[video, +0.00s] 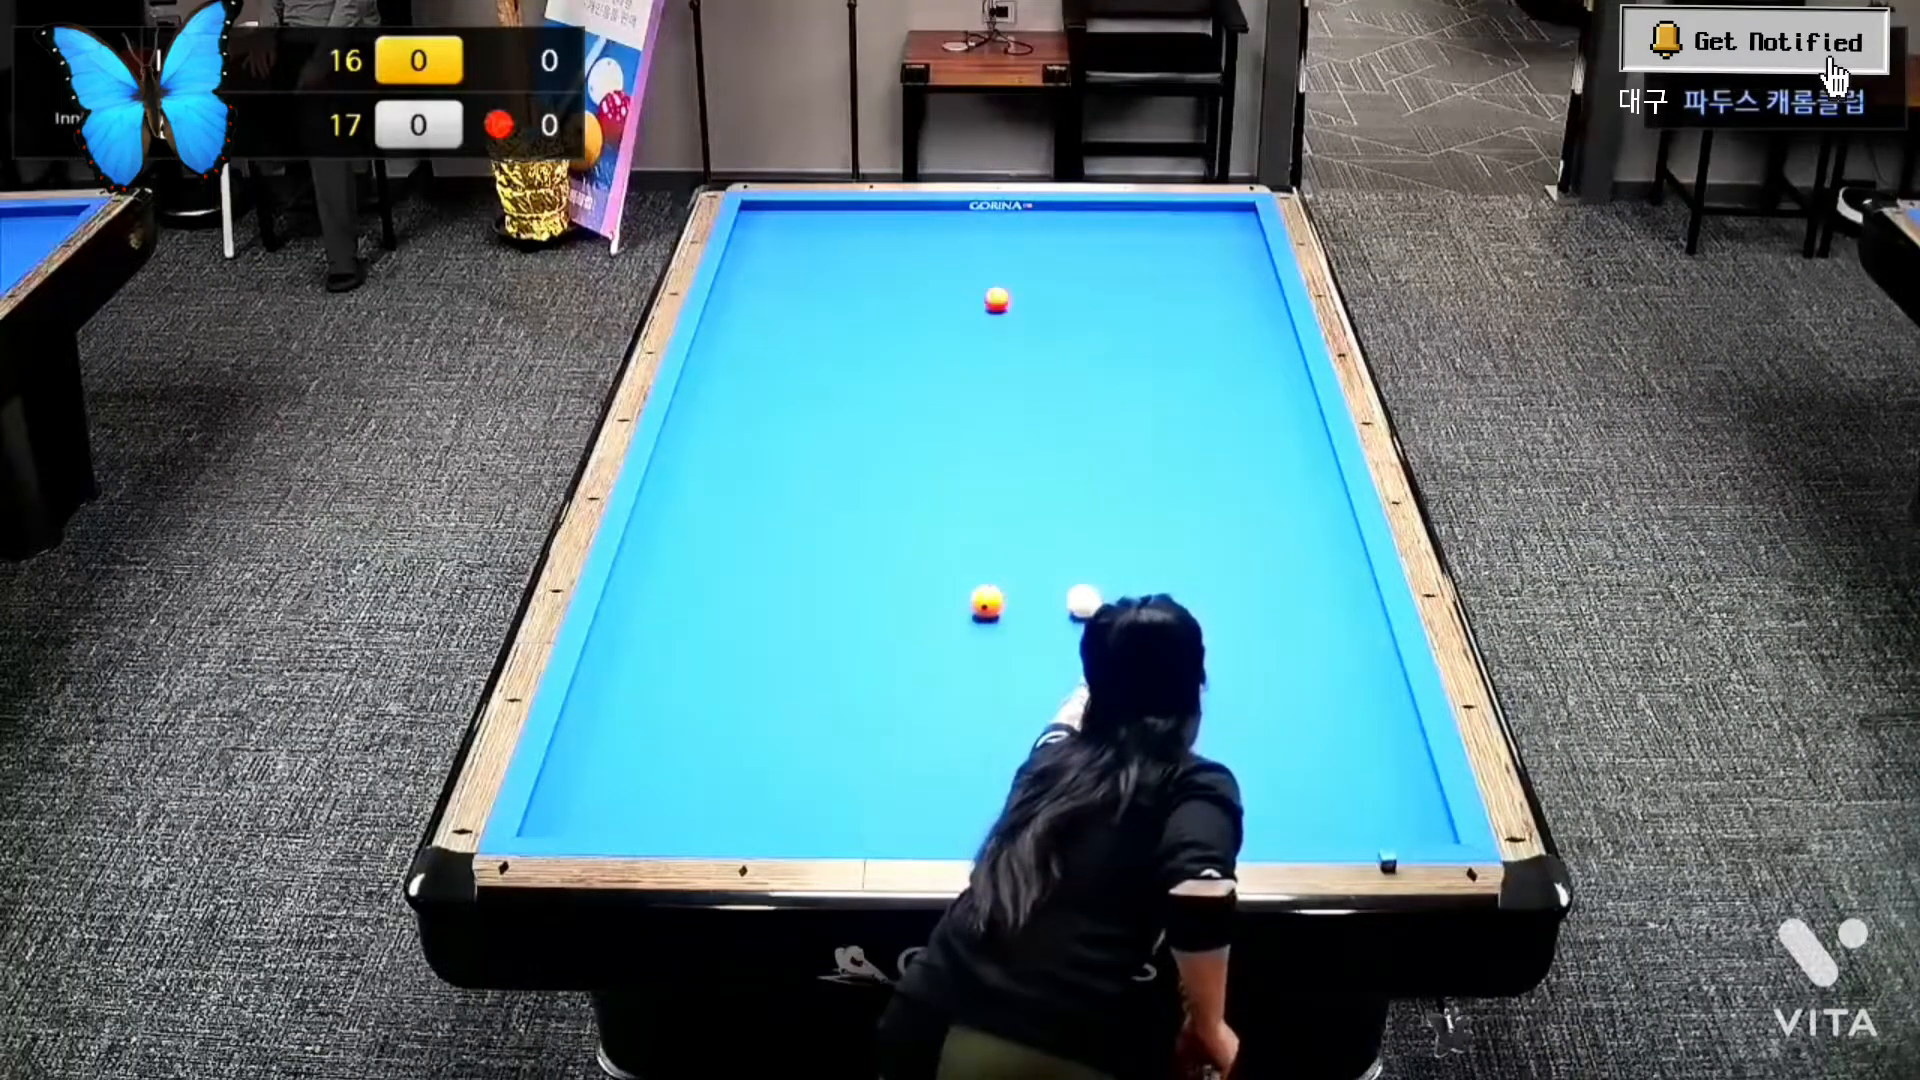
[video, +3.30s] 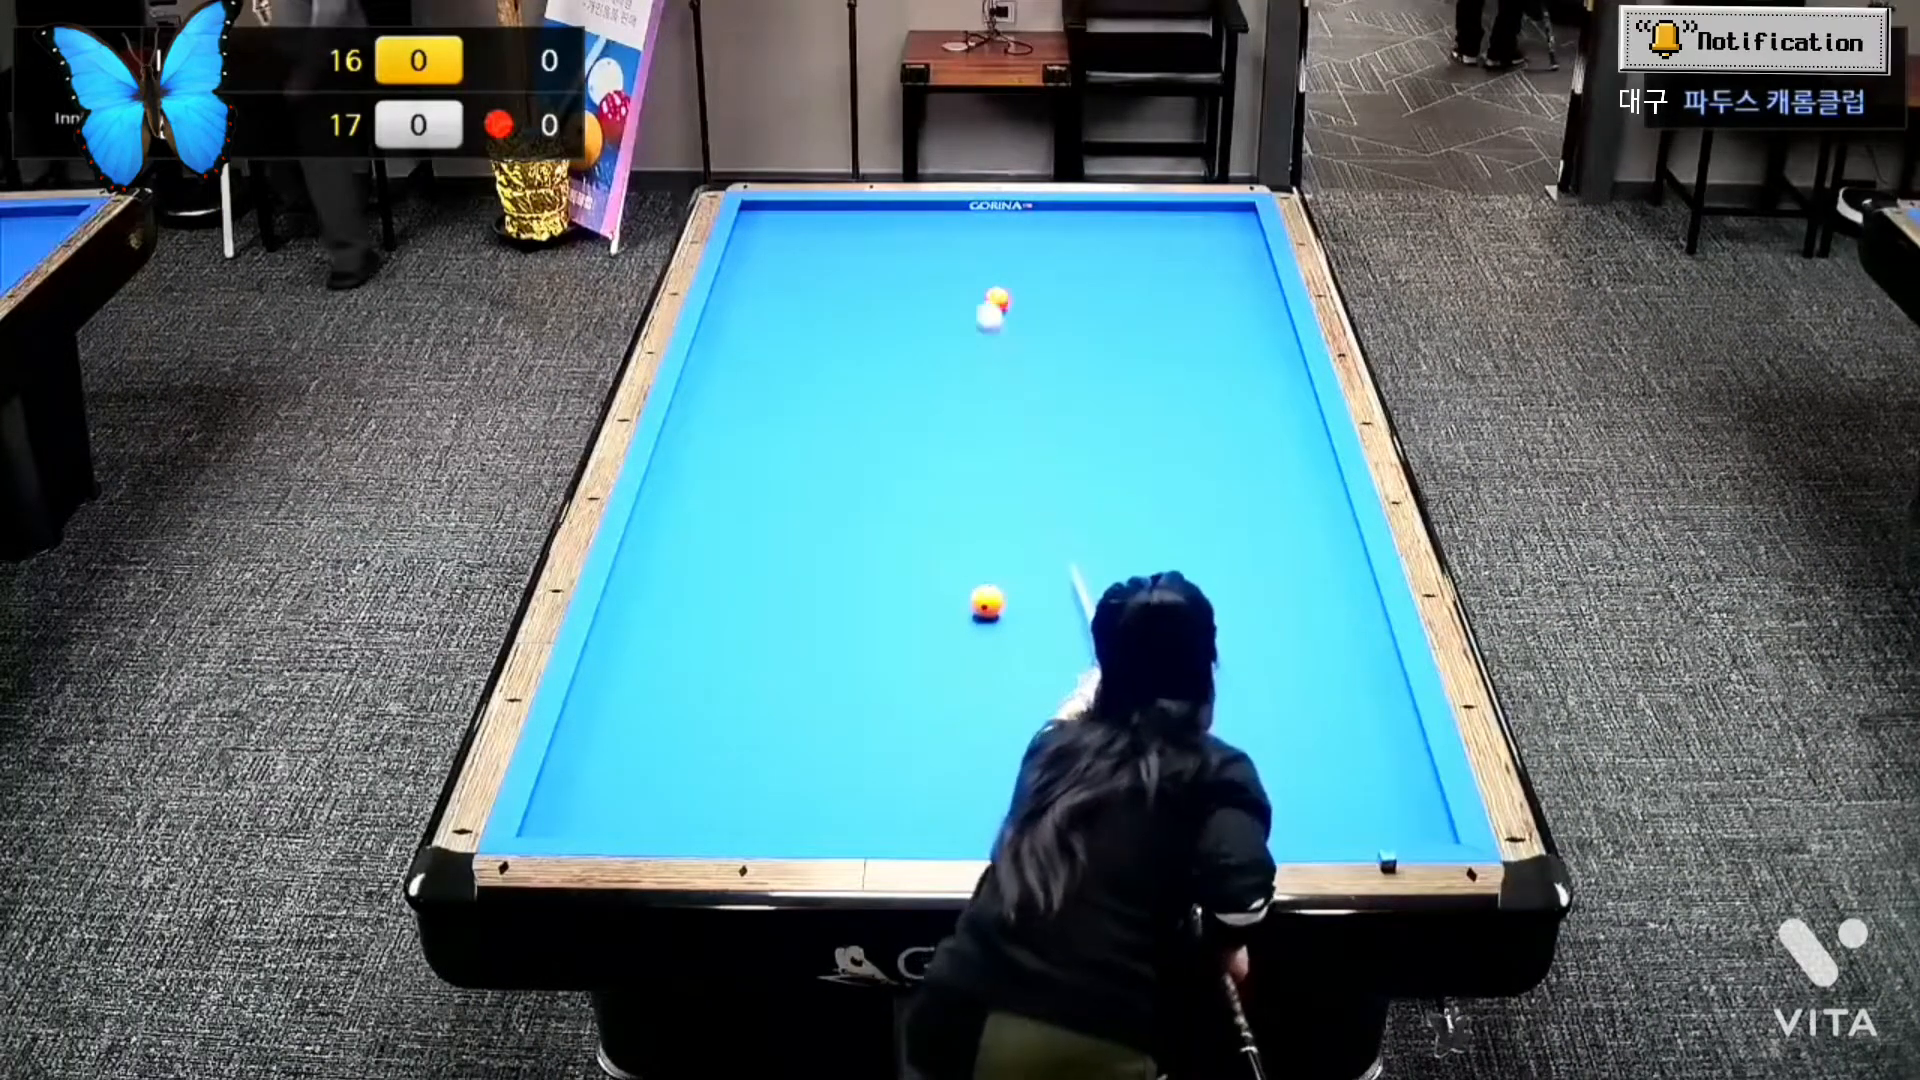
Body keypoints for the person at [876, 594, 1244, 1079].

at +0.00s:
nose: (1205, 680)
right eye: (1201, 671)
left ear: (1096, 684)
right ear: (1194, 684)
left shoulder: (1052, 757)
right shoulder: (1198, 781)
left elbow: (1071, 715)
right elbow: (1199, 894)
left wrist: (1097, 674)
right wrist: (1208, 1023)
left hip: (956, 1030)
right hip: (1078, 1049)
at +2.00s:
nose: (1209, 683)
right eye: (1204, 673)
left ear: (1099, 688)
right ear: (1195, 686)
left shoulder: (1053, 758)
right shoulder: (1207, 782)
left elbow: (1079, 702)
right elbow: (1214, 887)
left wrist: (1103, 666)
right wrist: (1222, 1018)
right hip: (1092, 1041)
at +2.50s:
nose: (1214, 677)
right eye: (1209, 667)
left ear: (1102, 682)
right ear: (1200, 679)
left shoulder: (1055, 755)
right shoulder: (1212, 776)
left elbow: (1079, 705)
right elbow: (1221, 894)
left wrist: (1097, 673)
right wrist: (1234, 1052)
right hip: (1091, 1038)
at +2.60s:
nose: (1216, 672)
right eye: (1210, 662)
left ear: (1105, 679)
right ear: (1201, 676)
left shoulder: (1056, 755)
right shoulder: (1214, 775)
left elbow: (1078, 707)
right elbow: (1224, 896)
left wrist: (1101, 671)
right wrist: (1236, 1050)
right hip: (1101, 1040)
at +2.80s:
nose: (1219, 665)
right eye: (1212, 653)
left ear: (1107, 671)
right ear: (1202, 669)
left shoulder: (1059, 747)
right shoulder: (1218, 769)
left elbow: (1083, 698)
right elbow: (1233, 884)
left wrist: (1105, 660)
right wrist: (1239, 1041)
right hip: (1114, 1038)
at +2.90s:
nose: (1221, 665)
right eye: (1214, 654)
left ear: (1108, 669)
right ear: (1204, 668)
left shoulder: (1058, 748)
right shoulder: (1219, 770)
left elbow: (1085, 697)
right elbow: (1239, 887)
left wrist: (1106, 661)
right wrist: (1235, 976)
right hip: (1112, 1034)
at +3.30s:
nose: (1216, 661)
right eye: (1210, 649)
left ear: (1108, 661)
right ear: (1200, 662)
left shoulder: (1054, 744)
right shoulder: (1219, 769)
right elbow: (1238, 882)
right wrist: (1228, 943)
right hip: (1106, 1034)